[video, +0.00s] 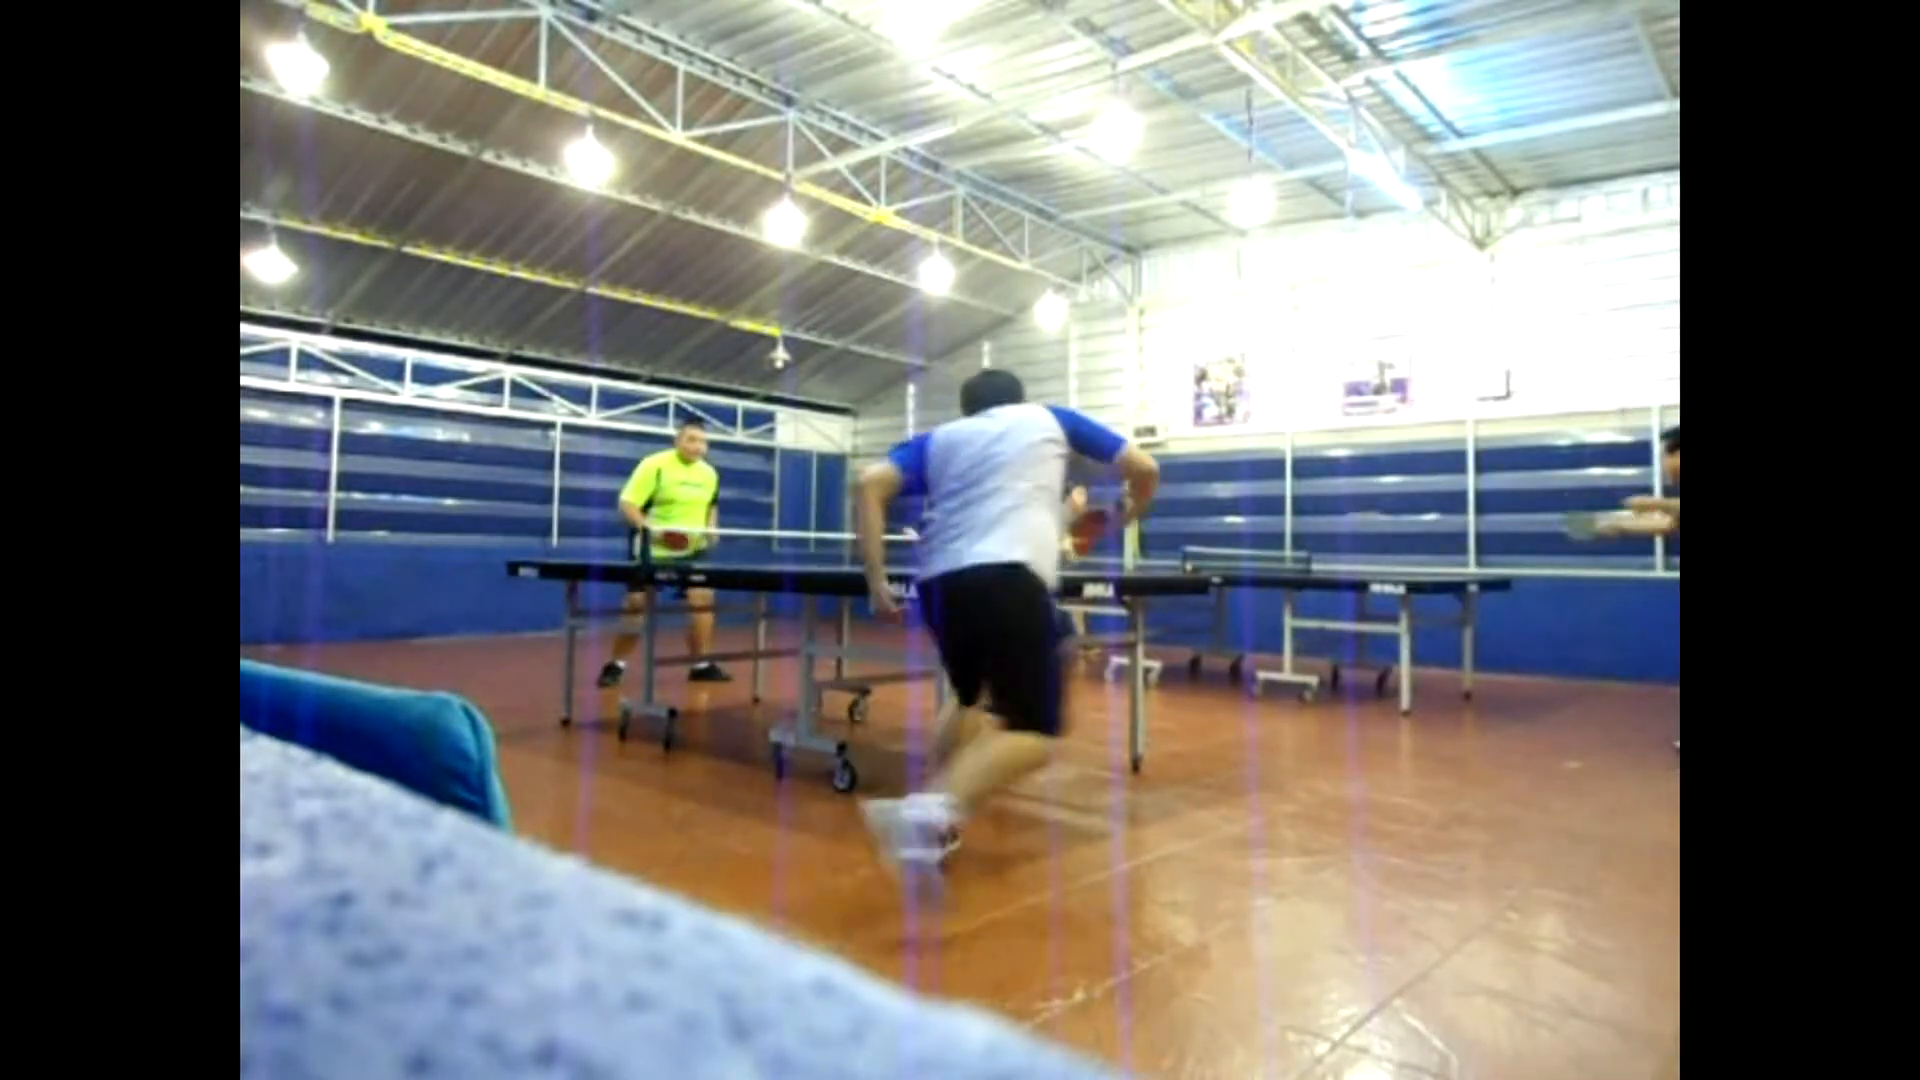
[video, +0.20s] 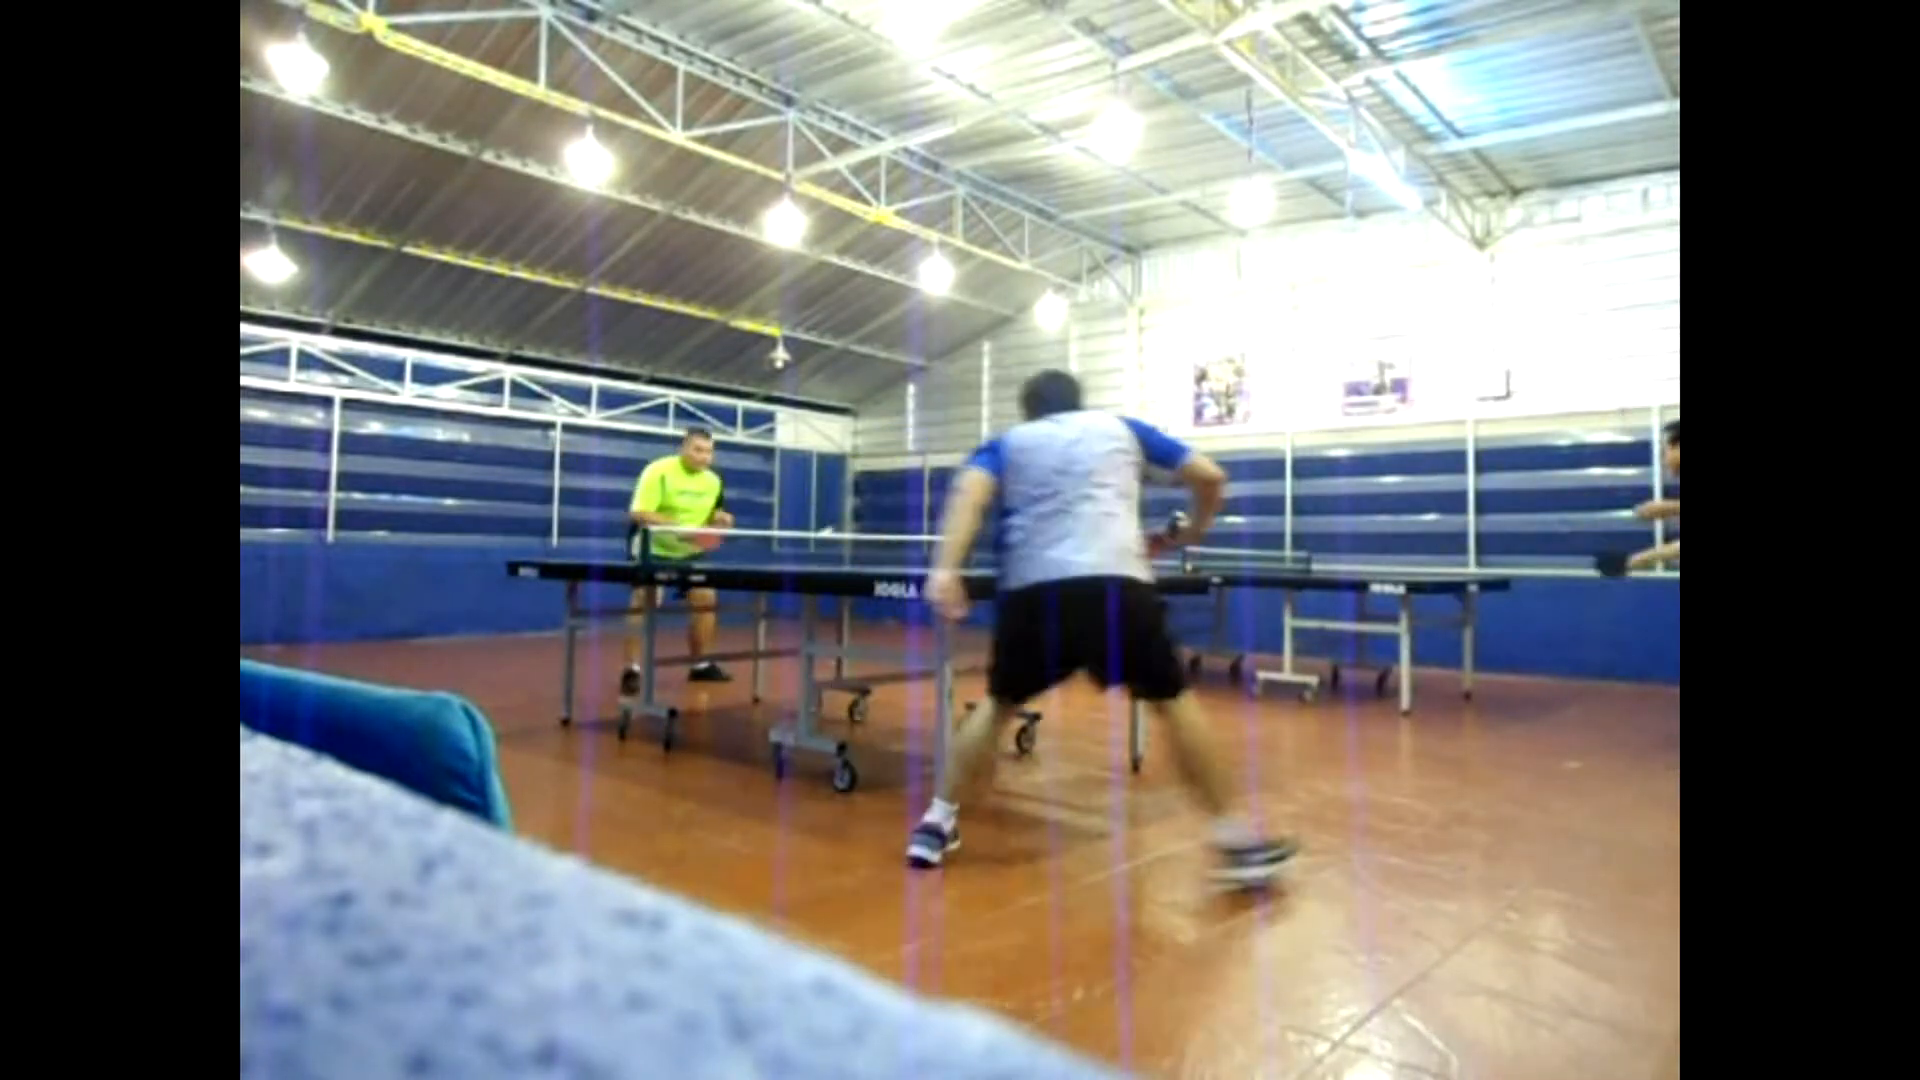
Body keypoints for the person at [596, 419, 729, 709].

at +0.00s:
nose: (696, 446)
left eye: (701, 441)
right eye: (691, 439)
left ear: (706, 445)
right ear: (678, 440)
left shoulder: (709, 474)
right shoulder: (654, 465)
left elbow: (710, 507)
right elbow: (627, 503)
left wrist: (711, 529)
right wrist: (649, 526)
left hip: (692, 550)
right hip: (655, 549)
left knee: (703, 599)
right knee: (636, 604)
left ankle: (702, 660)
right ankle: (617, 663)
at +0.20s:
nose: (702, 456)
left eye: (707, 451)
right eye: (697, 449)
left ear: (711, 454)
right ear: (682, 448)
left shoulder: (713, 482)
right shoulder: (658, 471)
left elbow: (707, 515)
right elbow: (639, 512)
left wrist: (719, 519)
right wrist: (679, 526)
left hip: (691, 552)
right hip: (656, 550)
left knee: (705, 598)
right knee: (644, 598)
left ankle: (701, 661)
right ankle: (632, 667)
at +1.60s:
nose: (649, 433)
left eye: (653, 427)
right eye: (643, 427)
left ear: (658, 430)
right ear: (630, 429)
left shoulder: (674, 460)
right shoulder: (608, 456)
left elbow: (687, 498)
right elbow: (592, 495)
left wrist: (664, 511)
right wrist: (587, 522)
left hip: (661, 538)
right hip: (619, 537)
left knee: (668, 599)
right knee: (603, 598)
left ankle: (668, 658)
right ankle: (591, 657)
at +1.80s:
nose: (622, 442)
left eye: (626, 435)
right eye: (615, 436)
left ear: (632, 436)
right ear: (603, 438)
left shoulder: (651, 465)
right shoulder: (586, 470)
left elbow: (672, 501)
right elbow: (575, 513)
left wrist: (649, 519)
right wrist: (561, 544)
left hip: (651, 550)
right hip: (606, 551)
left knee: (669, 600)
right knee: (597, 606)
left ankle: (667, 659)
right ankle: (583, 666)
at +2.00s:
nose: (600, 454)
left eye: (603, 447)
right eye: (593, 448)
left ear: (612, 444)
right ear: (583, 449)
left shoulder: (635, 464)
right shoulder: (572, 478)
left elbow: (666, 496)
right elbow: (569, 520)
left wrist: (649, 521)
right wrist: (549, 534)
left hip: (644, 546)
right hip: (600, 552)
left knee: (669, 594)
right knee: (593, 605)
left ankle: (667, 644)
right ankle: (585, 667)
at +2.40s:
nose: (629, 426)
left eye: (633, 420)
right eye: (622, 420)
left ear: (639, 425)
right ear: (610, 426)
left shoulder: (656, 454)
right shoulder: (602, 459)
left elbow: (673, 489)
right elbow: (615, 500)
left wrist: (679, 520)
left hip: (662, 536)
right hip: (623, 538)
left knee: (670, 602)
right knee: (619, 603)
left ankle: (676, 668)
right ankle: (597, 665)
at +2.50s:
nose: (645, 415)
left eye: (645, 410)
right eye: (637, 409)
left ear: (647, 417)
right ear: (621, 416)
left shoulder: (648, 443)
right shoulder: (621, 438)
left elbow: (654, 489)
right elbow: (655, 454)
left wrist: (670, 514)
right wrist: (677, 457)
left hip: (654, 527)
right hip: (625, 528)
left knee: (670, 591)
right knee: (633, 595)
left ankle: (686, 656)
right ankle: (614, 666)